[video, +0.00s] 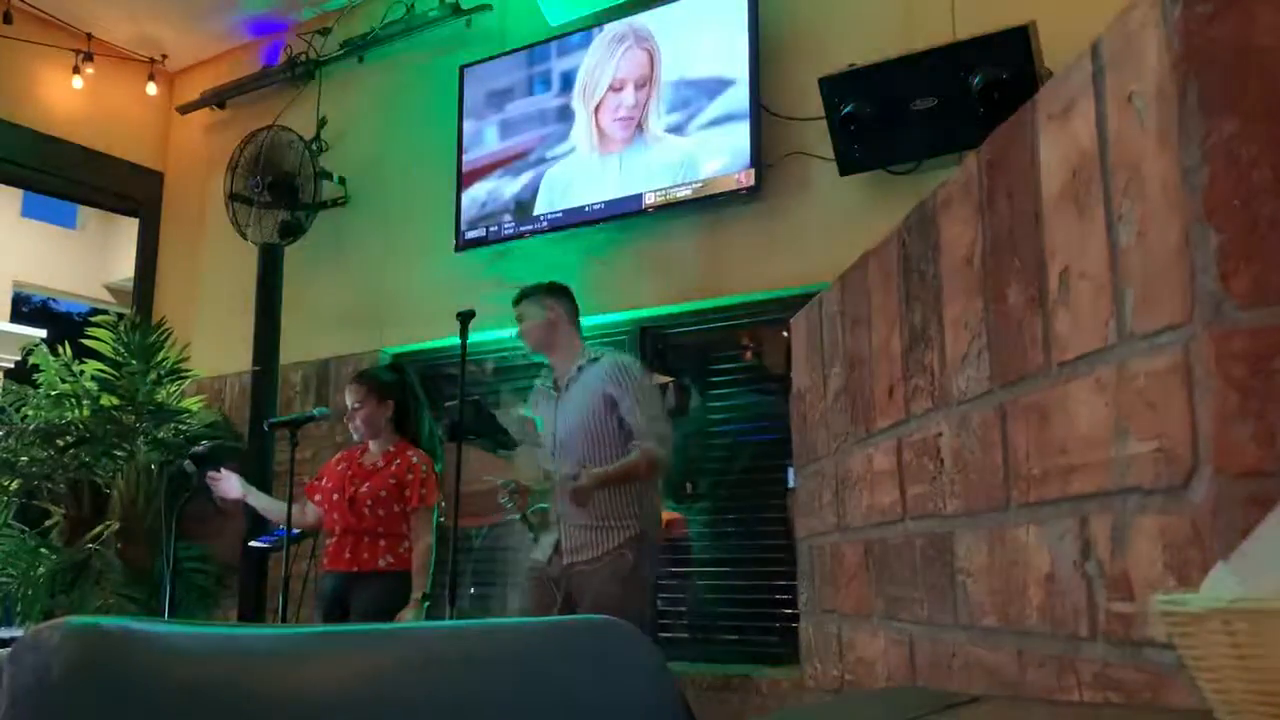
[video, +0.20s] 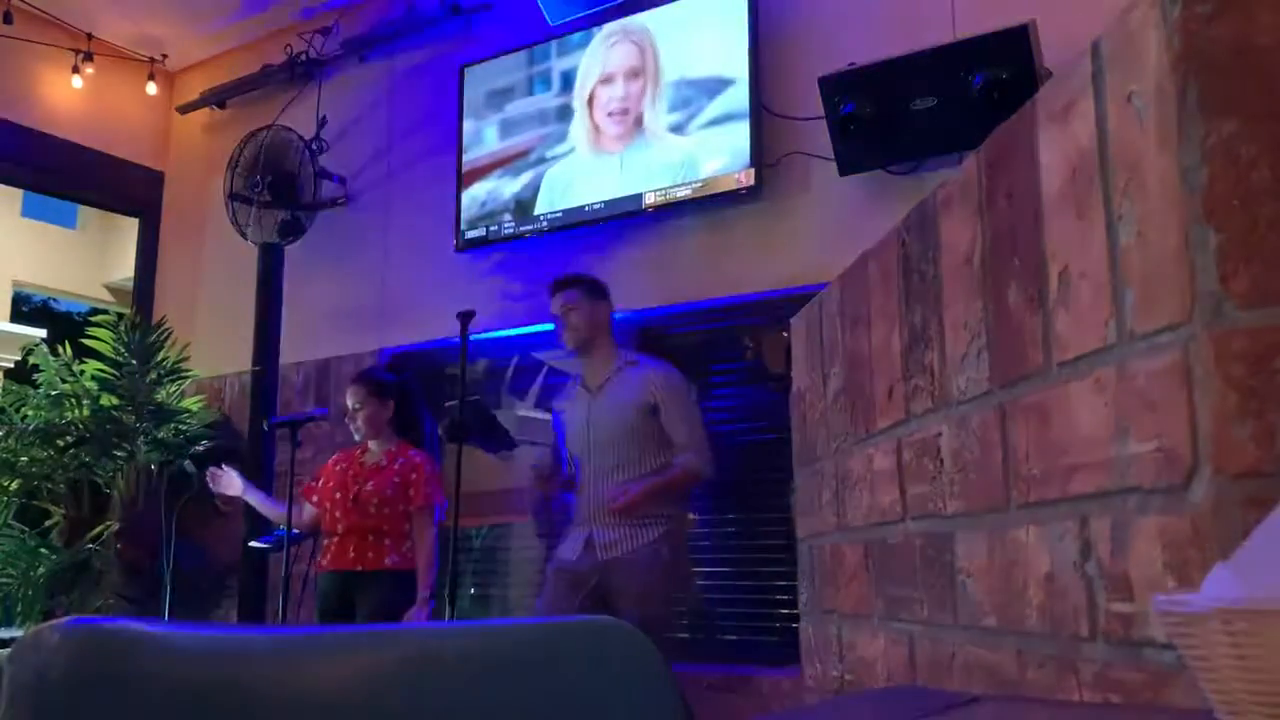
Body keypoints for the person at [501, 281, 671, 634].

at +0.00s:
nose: (519, 332)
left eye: (524, 320)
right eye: (518, 322)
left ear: (554, 315)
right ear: (549, 319)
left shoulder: (616, 370)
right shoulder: (542, 393)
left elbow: (656, 449)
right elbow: (553, 468)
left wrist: (596, 478)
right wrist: (527, 491)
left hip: (614, 551)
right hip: (554, 551)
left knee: (613, 665)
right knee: (539, 659)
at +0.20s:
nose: (561, 325)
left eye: (568, 311)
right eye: (556, 317)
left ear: (602, 311)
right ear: (558, 326)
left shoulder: (656, 379)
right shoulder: (566, 399)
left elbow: (697, 461)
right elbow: (575, 474)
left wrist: (646, 491)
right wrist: (552, 478)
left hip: (645, 545)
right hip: (580, 547)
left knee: (643, 660)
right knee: (546, 646)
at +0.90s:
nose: (628, 319)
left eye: (640, 309)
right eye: (625, 309)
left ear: (670, 320)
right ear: (619, 316)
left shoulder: (706, 395)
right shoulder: (595, 386)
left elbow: (729, 482)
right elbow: (569, 458)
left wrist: (701, 514)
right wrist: (602, 396)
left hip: (668, 541)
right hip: (596, 537)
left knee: (670, 649)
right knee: (567, 631)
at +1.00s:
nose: (626, 319)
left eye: (639, 309)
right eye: (623, 308)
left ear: (669, 318)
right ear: (618, 313)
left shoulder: (709, 388)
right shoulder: (598, 384)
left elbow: (734, 472)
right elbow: (569, 450)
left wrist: (713, 515)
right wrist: (604, 385)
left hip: (671, 546)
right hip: (600, 546)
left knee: (671, 657)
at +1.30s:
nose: (617, 326)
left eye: (630, 315)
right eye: (614, 315)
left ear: (661, 318)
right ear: (610, 317)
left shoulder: (701, 385)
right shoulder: (595, 378)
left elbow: (738, 464)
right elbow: (567, 446)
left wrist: (728, 489)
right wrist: (596, 384)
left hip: (661, 542)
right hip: (591, 536)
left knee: (647, 658)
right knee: (562, 646)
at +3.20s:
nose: (541, 334)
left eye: (552, 320)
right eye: (535, 324)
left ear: (583, 320)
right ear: (531, 329)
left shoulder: (632, 389)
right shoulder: (525, 398)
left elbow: (668, 463)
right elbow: (516, 467)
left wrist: (657, 480)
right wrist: (532, 389)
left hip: (619, 548)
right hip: (549, 551)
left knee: (606, 662)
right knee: (537, 662)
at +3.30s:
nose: (547, 330)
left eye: (558, 318)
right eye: (542, 321)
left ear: (591, 319)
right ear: (537, 326)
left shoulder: (637, 389)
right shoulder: (534, 394)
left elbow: (668, 476)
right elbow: (518, 464)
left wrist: (652, 482)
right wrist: (534, 388)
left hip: (619, 551)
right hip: (550, 552)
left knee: (604, 665)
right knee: (538, 665)